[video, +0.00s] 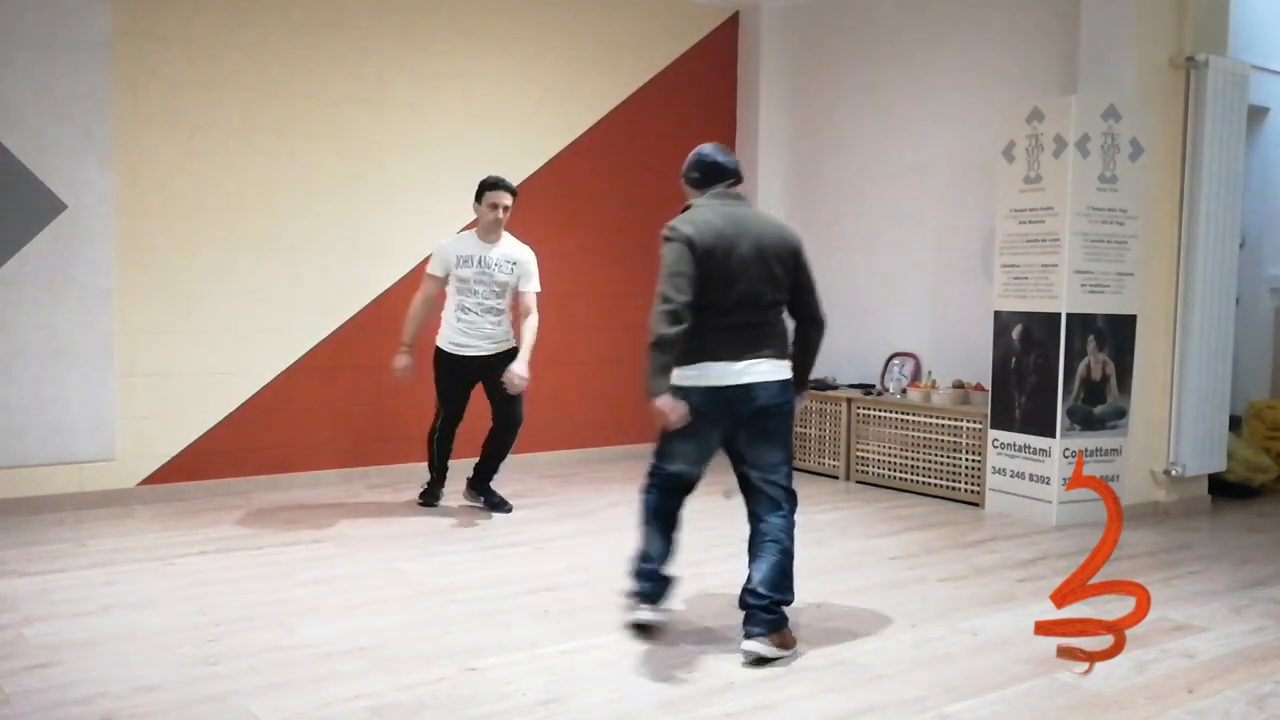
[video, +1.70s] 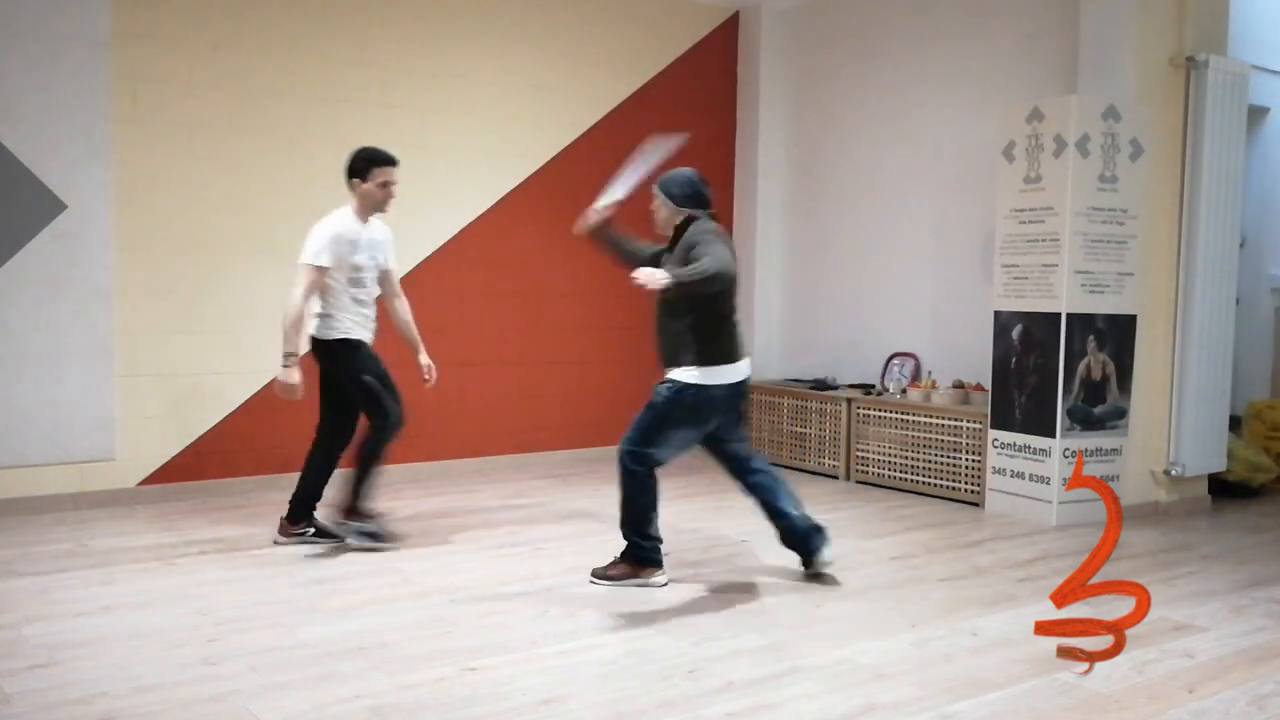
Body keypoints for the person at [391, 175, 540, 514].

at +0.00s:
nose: (500, 215)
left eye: (506, 209)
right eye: (494, 207)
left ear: (511, 212)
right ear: (477, 207)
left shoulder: (522, 256)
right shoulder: (449, 249)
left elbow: (529, 313)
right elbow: (424, 298)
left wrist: (522, 361)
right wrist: (405, 347)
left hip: (500, 354)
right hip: (454, 353)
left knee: (510, 420)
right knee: (447, 420)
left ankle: (479, 483)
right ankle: (435, 482)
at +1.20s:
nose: (494, 193)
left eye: (497, 185)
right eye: (487, 185)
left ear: (492, 187)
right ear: (461, 183)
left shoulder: (481, 232)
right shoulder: (432, 227)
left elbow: (483, 298)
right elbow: (403, 292)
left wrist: (493, 353)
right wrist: (412, 356)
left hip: (463, 342)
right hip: (432, 343)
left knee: (474, 414)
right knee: (443, 422)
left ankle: (448, 491)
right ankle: (442, 517)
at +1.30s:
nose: (483, 191)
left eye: (485, 184)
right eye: (476, 183)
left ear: (471, 185)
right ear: (450, 183)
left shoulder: (467, 231)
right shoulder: (420, 227)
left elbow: (467, 297)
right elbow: (397, 294)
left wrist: (468, 353)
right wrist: (406, 358)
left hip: (450, 344)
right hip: (421, 343)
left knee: (450, 418)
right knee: (433, 424)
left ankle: (394, 490)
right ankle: (441, 516)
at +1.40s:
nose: (469, 193)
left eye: (470, 184)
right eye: (462, 184)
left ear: (457, 185)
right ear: (435, 184)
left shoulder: (450, 232)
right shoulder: (409, 226)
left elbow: (451, 296)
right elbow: (383, 296)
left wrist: (451, 350)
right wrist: (388, 361)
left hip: (433, 344)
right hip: (409, 343)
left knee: (406, 426)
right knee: (432, 426)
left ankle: (348, 494)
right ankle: (441, 518)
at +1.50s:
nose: (448, 194)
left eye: (449, 186)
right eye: (441, 186)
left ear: (426, 187)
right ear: (415, 186)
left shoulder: (427, 232)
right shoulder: (392, 226)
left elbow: (430, 297)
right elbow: (362, 293)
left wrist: (439, 348)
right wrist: (356, 359)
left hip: (410, 346)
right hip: (390, 345)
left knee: (378, 428)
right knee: (429, 423)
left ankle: (314, 501)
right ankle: (440, 518)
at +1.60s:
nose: (422, 193)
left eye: (423, 185)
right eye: (414, 185)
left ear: (407, 189)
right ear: (388, 186)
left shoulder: (401, 234)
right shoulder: (363, 230)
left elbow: (409, 298)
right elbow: (332, 292)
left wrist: (430, 350)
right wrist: (317, 352)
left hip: (379, 344)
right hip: (364, 344)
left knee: (349, 428)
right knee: (410, 417)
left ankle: (301, 513)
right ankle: (430, 515)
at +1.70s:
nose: (392, 192)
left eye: (394, 184)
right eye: (384, 184)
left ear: (386, 186)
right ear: (358, 185)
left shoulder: (380, 233)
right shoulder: (331, 230)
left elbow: (395, 298)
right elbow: (300, 297)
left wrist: (421, 351)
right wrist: (289, 361)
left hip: (356, 344)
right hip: (335, 343)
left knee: (333, 434)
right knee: (388, 415)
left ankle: (297, 519)